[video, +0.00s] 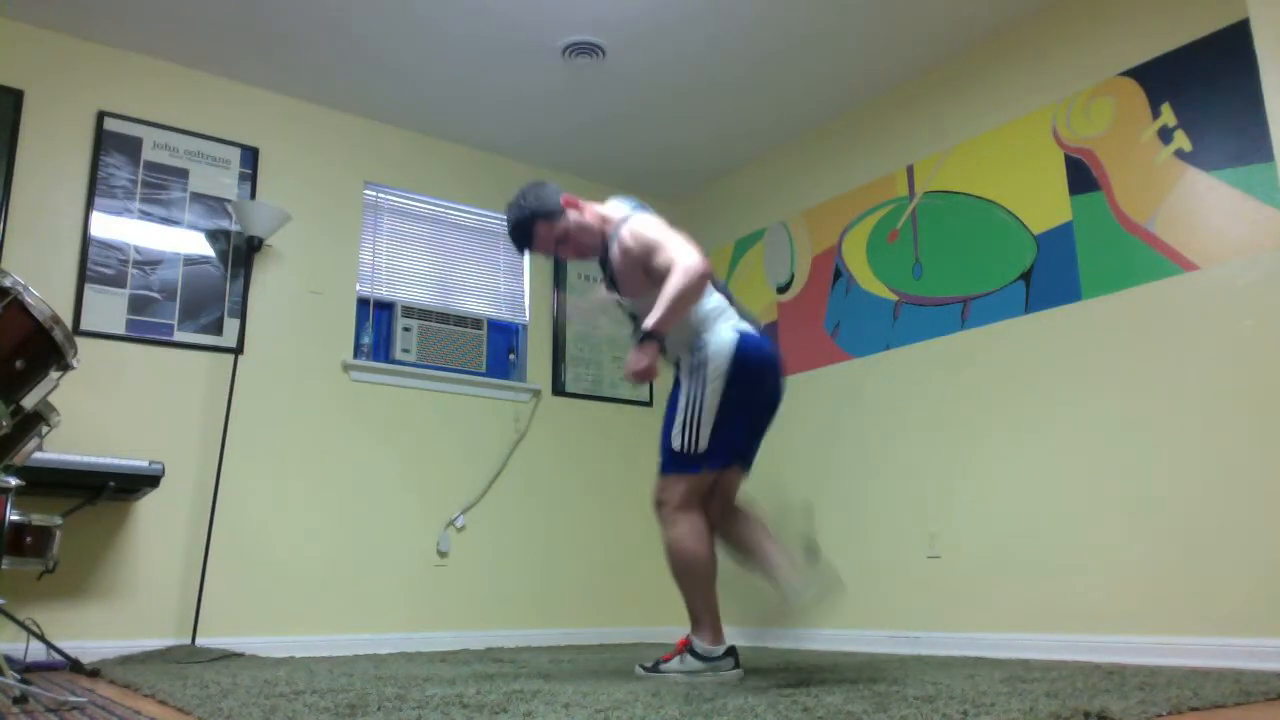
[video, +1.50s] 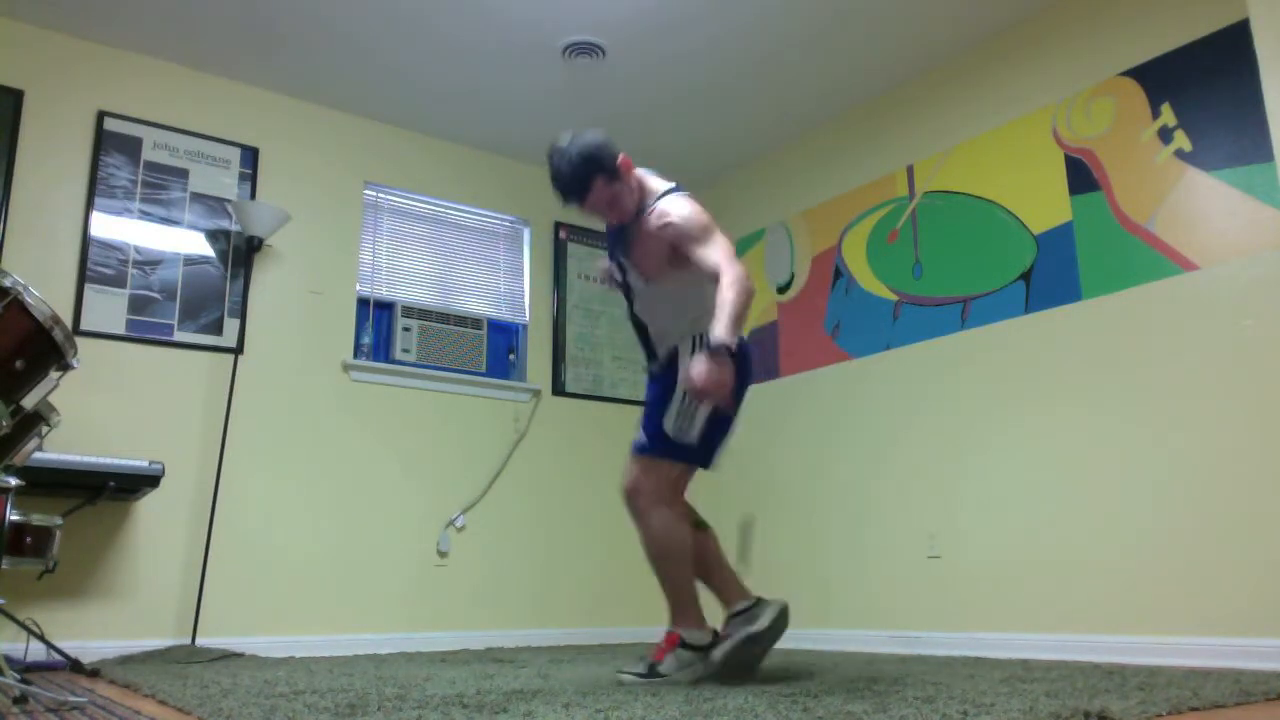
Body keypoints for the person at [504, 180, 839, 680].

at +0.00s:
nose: (569, 254)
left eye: (562, 240)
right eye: (557, 253)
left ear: (573, 206)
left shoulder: (630, 230)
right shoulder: (613, 230)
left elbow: (691, 265)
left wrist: (649, 337)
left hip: (719, 358)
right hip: (743, 355)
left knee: (676, 502)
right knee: (716, 504)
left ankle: (708, 646)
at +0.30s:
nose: (578, 211)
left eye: (572, 200)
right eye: (570, 206)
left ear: (589, 172)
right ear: (580, 182)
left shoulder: (656, 199)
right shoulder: (628, 220)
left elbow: (747, 212)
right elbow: (652, 284)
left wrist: (769, 265)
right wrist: (609, 307)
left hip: (705, 334)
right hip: (720, 336)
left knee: (660, 479)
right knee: (727, 479)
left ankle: (701, 624)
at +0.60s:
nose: (605, 218)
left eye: (604, 203)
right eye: (593, 214)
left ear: (615, 175)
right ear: (583, 209)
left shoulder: (666, 206)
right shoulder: (619, 230)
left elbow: (750, 205)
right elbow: (670, 263)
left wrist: (808, 226)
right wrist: (722, 271)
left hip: (715, 357)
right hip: (705, 357)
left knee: (707, 504)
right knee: (781, 480)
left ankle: (719, 641)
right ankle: (893, 460)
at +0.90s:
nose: (607, 264)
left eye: (609, 250)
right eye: (595, 258)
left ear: (629, 222)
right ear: (587, 255)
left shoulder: (680, 255)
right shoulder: (622, 265)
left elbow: (769, 281)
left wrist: (829, 336)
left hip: (731, 381)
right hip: (708, 384)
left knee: (698, 513)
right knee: (732, 518)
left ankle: (736, 640)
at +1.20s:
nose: (606, 204)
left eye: (608, 190)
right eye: (594, 201)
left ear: (622, 161)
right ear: (581, 195)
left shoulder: (671, 204)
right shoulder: (621, 181)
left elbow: (760, 227)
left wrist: (832, 275)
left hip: (705, 334)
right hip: (711, 329)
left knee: (653, 470)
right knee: (725, 472)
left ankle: (690, 610)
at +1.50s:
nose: (608, 214)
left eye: (609, 200)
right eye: (596, 210)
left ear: (625, 168)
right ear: (583, 201)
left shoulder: (674, 214)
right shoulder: (626, 208)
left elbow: (734, 275)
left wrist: (719, 348)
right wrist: (620, 273)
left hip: (700, 358)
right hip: (673, 361)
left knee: (647, 490)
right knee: (658, 498)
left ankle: (691, 635)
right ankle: (745, 609)